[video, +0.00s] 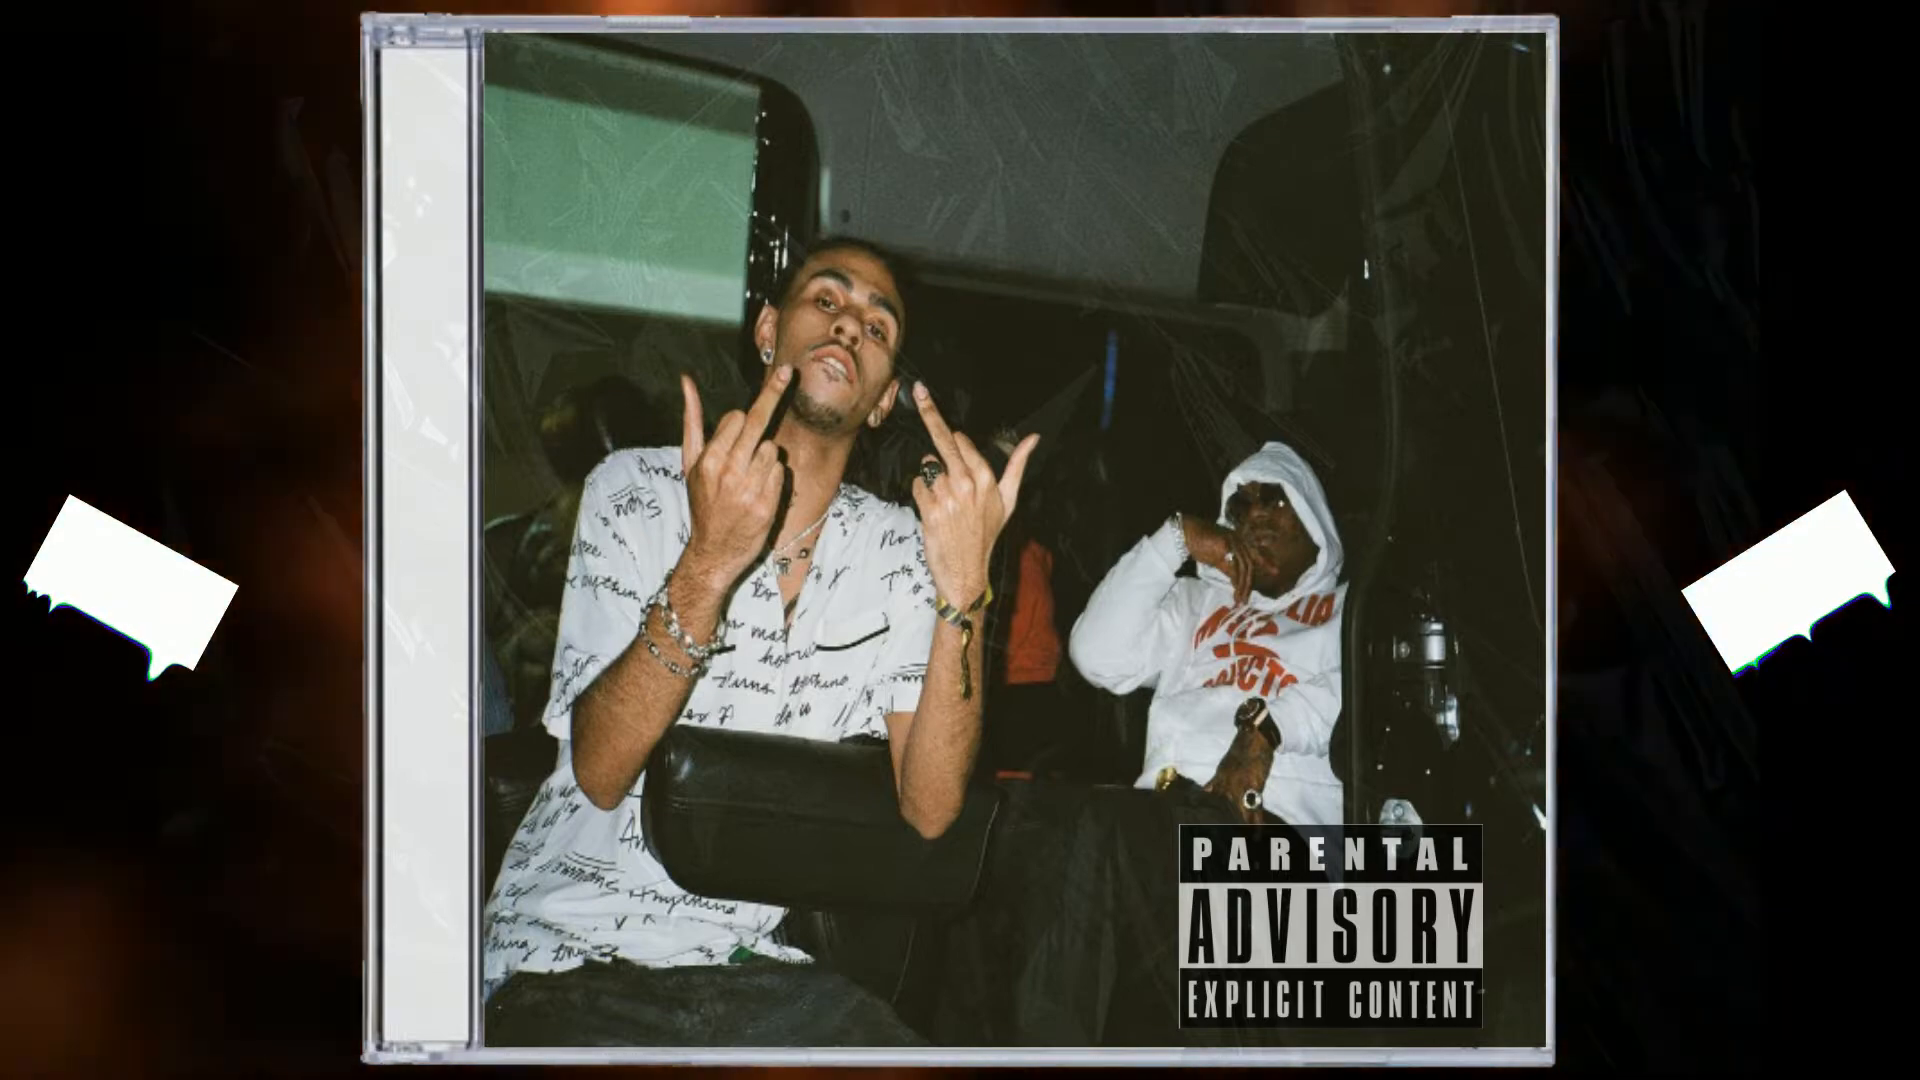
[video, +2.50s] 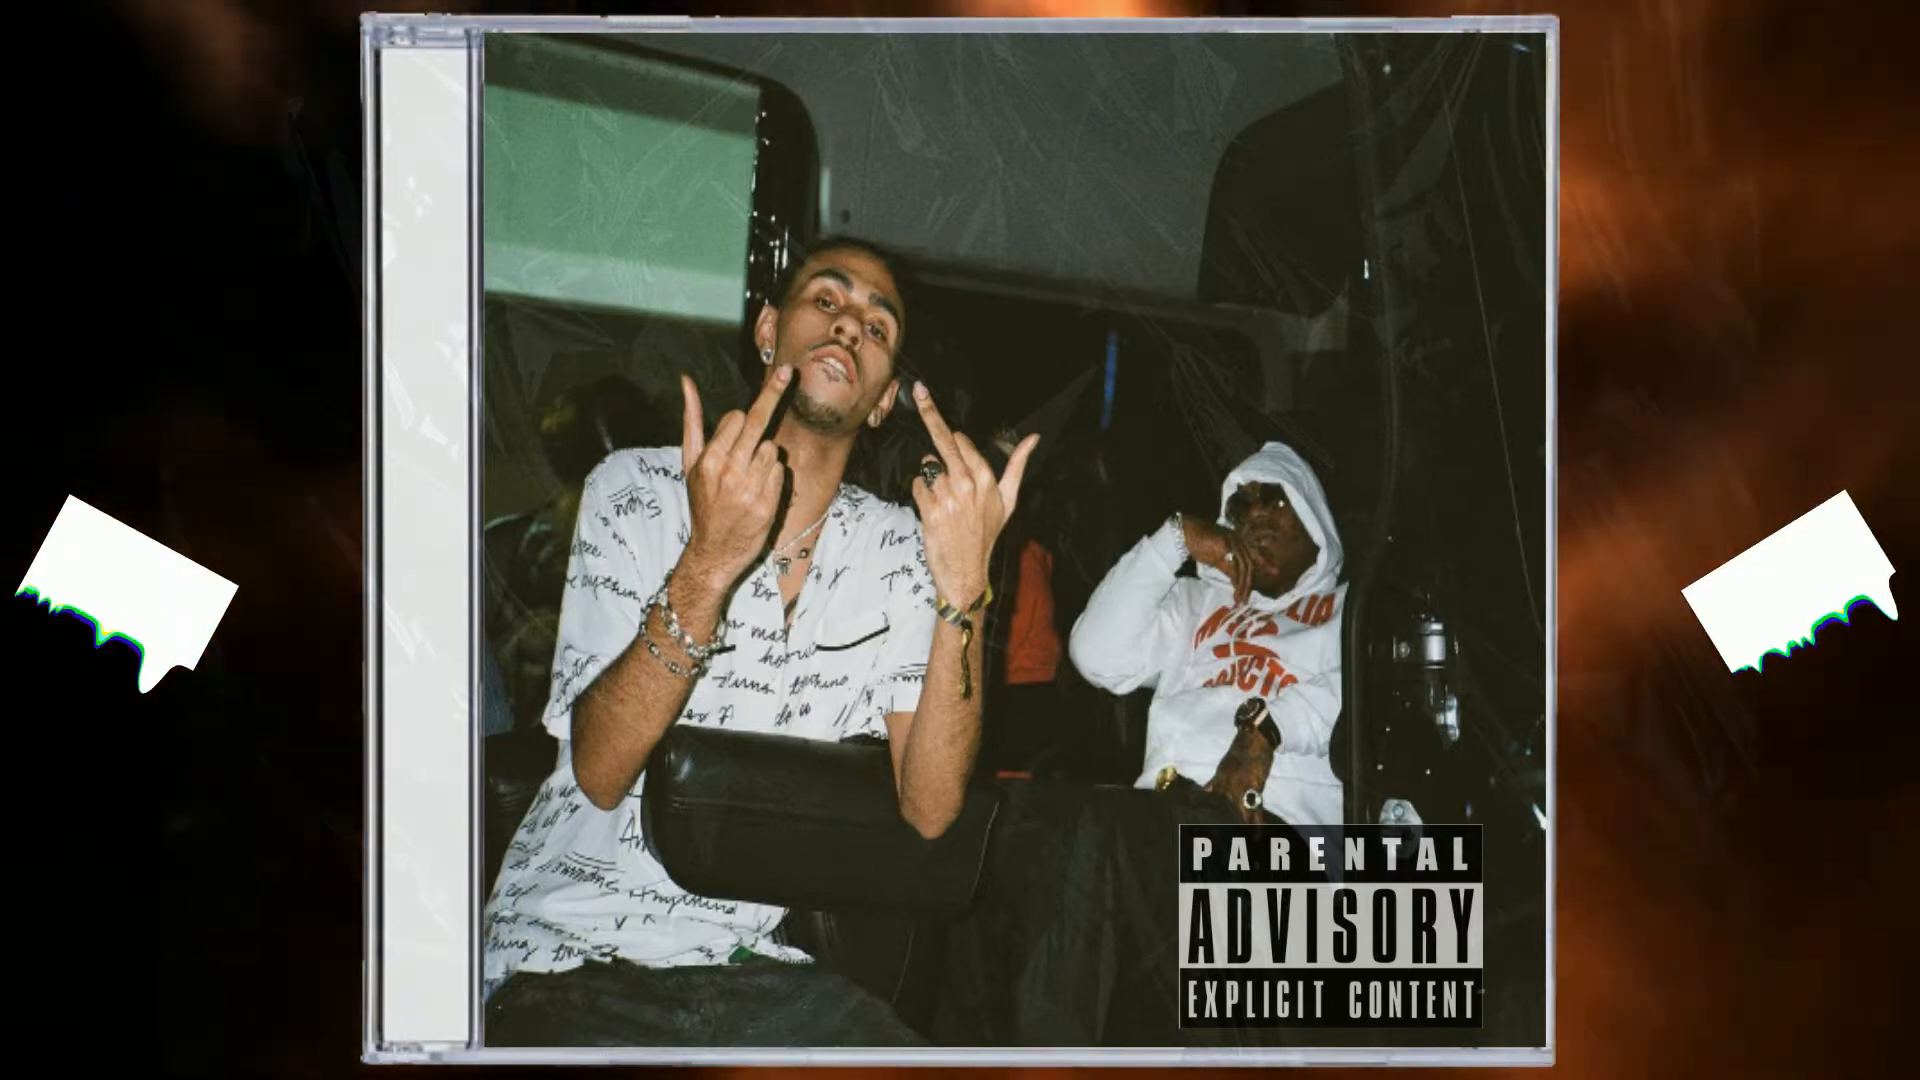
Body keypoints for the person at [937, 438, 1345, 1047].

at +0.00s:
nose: (1259, 518)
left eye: (1279, 502)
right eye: (1246, 503)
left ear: (1318, 523)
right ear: (1227, 522)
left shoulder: (1351, 607)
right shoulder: (1197, 599)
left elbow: (1345, 706)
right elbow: (1099, 658)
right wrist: (1176, 539)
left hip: (1285, 818)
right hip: (1165, 807)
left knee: (1100, 824)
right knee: (1029, 810)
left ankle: (1052, 1052)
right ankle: (968, 1048)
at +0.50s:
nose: (1259, 518)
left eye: (1278, 501)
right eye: (1246, 502)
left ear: (1317, 522)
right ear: (1227, 521)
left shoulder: (1350, 608)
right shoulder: (1197, 600)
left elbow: (1356, 705)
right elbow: (1100, 657)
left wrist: (1266, 724)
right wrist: (1177, 539)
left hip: (1284, 818)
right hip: (1165, 808)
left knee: (1101, 824)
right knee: (1029, 810)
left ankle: (1051, 1053)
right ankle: (968, 1048)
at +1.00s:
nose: (1257, 528)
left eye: (1276, 510)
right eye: (1244, 511)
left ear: (1317, 527)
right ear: (1228, 528)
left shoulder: (1347, 608)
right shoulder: (1194, 600)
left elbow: (1351, 694)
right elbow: (1097, 658)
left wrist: (1266, 728)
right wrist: (1176, 540)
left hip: (1285, 817)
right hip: (1168, 807)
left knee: (1098, 822)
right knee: (1024, 809)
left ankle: (1048, 1056)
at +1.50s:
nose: (1257, 522)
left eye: (1277, 505)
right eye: (1243, 507)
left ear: (1318, 526)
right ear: (1226, 526)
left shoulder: (1350, 607)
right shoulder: (1196, 601)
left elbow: (1355, 698)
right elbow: (1099, 658)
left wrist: (1266, 727)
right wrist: (1177, 538)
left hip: (1284, 818)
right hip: (1163, 809)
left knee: (1099, 822)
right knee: (1028, 810)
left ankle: (1049, 1053)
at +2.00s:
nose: (1259, 518)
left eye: (1279, 501)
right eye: (1245, 503)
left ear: (1318, 522)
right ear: (1227, 523)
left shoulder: (1352, 608)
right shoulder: (1197, 599)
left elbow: (1356, 705)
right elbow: (1100, 658)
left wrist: (1268, 725)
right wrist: (1176, 540)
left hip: (1285, 816)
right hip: (1165, 806)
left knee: (1103, 824)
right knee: (1028, 811)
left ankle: (1051, 1054)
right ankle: (967, 1048)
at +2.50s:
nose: (1259, 519)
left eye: (1279, 502)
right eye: (1246, 503)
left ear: (1318, 522)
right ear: (1228, 523)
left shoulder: (1351, 606)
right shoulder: (1198, 599)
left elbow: (1348, 705)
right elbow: (1099, 658)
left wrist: (1272, 727)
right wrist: (1176, 539)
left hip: (1285, 817)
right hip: (1165, 807)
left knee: (1103, 824)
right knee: (1028, 811)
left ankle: (1052, 1054)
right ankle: (967, 1048)